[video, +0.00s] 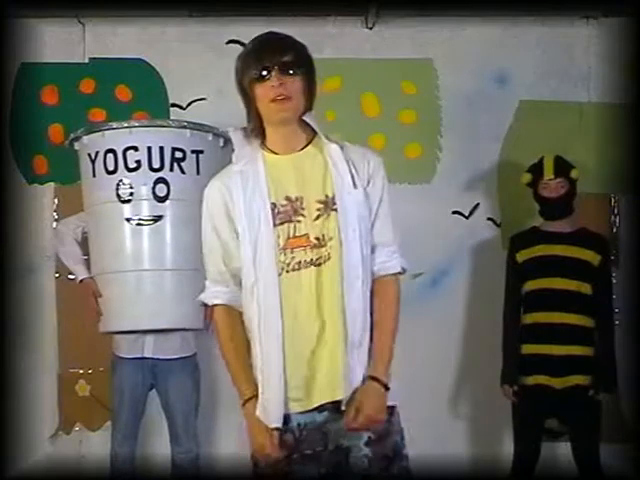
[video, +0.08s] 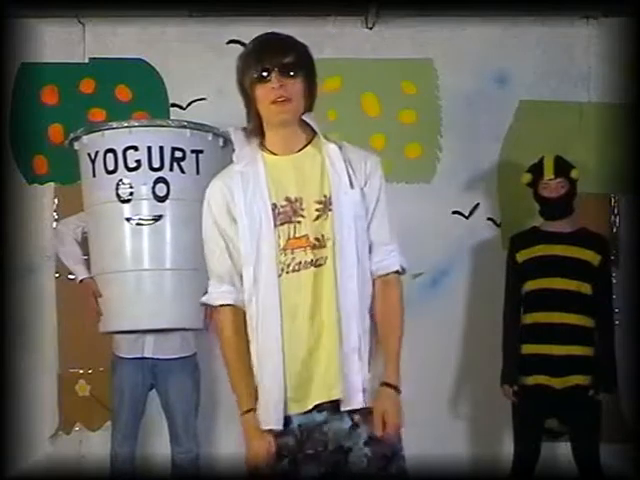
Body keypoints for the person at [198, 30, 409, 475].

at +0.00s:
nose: (279, 82)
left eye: (290, 69)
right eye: (263, 74)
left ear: (310, 82)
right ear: (248, 94)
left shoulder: (361, 167)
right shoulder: (226, 191)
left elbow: (386, 275)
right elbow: (223, 302)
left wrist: (377, 379)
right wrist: (251, 404)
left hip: (363, 404)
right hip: (282, 415)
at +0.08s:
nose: (278, 85)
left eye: (290, 72)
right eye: (263, 77)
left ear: (310, 83)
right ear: (248, 94)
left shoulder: (360, 169)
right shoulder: (227, 191)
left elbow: (386, 277)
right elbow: (226, 305)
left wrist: (390, 384)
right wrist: (249, 416)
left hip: (359, 405)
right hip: (278, 414)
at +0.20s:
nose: (281, 82)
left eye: (294, 70)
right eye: (267, 73)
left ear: (314, 85)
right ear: (251, 90)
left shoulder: (361, 169)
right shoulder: (226, 190)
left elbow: (391, 275)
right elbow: (220, 303)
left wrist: (407, 367)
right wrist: (244, 409)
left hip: (360, 404)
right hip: (275, 413)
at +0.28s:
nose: (282, 79)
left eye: (295, 67)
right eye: (268, 69)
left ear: (316, 82)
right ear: (253, 87)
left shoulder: (365, 169)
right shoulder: (227, 187)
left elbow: (392, 268)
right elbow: (215, 297)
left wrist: (410, 337)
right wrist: (235, 393)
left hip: (364, 402)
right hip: (277, 410)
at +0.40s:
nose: (286, 81)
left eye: (300, 67)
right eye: (272, 71)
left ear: (322, 82)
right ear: (258, 87)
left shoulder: (371, 168)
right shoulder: (231, 187)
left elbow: (394, 271)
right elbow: (221, 294)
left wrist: (416, 340)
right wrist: (229, 378)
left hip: (365, 398)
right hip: (280, 406)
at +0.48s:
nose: (291, 88)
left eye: (305, 74)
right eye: (277, 78)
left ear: (328, 87)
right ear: (263, 93)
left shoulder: (376, 172)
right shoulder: (236, 189)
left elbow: (402, 283)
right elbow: (228, 307)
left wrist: (425, 384)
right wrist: (239, 419)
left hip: (365, 407)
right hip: (278, 412)